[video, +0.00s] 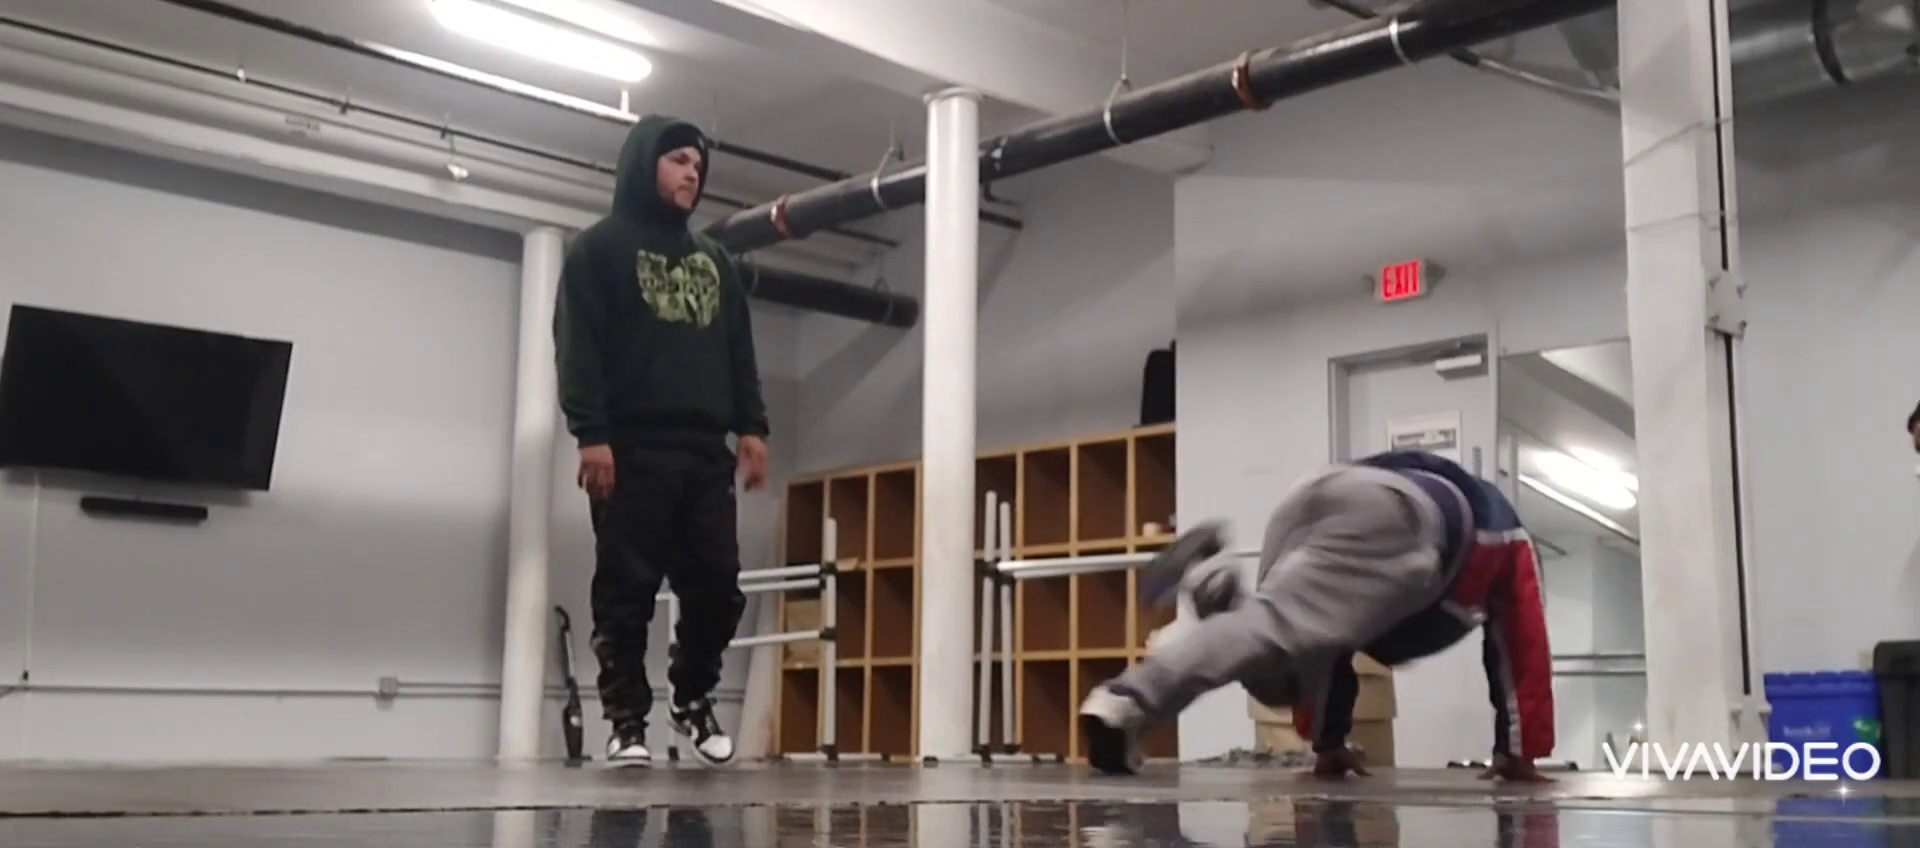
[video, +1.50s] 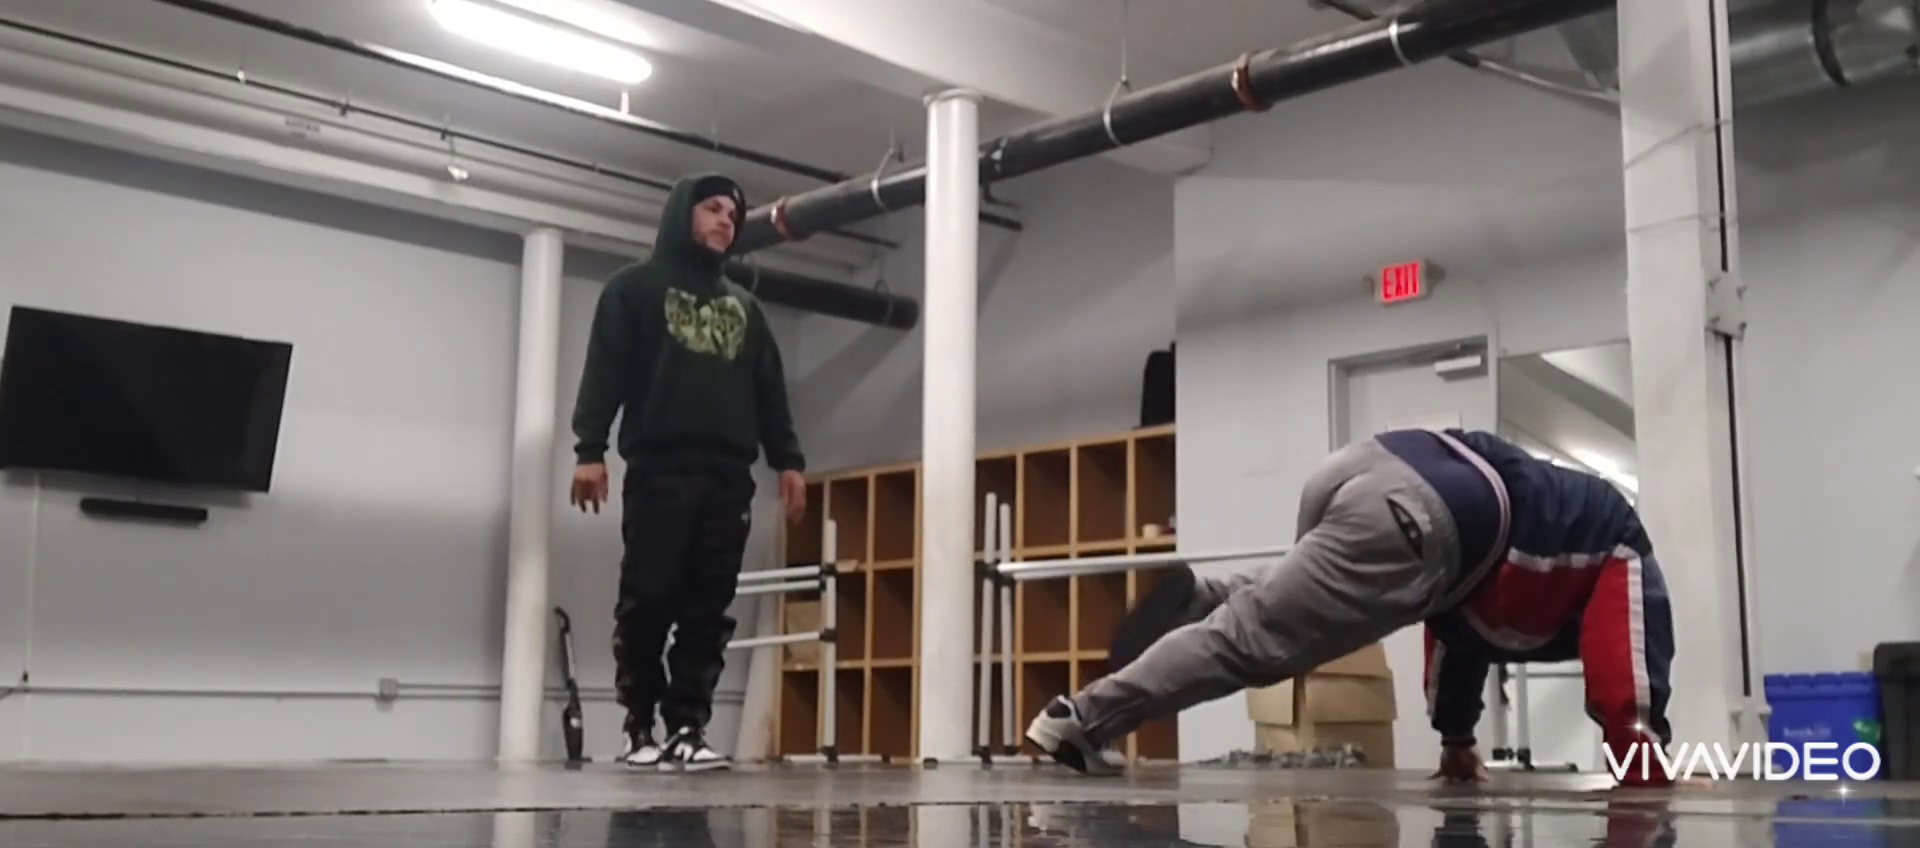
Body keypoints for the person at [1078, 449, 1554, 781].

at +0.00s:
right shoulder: (1506, 539)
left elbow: (1334, 639)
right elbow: (1518, 650)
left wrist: (1331, 747)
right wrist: (1518, 755)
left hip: (1320, 492)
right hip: (1398, 508)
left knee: (1289, 684)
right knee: (1278, 627)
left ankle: (1209, 588)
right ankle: (1125, 701)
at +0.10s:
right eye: (1542, 582)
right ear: (1531, 551)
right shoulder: (1519, 547)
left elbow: (1336, 634)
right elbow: (1528, 655)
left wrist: (1331, 747)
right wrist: (1521, 755)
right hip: (1364, 519)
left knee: (1325, 693)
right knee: (1244, 619)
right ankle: (1103, 700)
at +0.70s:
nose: (1477, 662)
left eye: (1483, 661)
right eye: (1490, 660)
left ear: (1470, 623)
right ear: (1498, 639)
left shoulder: (1403, 601)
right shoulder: (1497, 539)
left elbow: (1344, 650)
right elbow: (1521, 649)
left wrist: (1347, 741)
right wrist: (1552, 750)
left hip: (1304, 549)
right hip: (1299, 479)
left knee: (1255, 663)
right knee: (1208, 597)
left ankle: (1106, 653)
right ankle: (1070, 701)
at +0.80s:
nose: (1470, 655)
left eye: (1468, 649)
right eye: (1482, 647)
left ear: (1457, 620)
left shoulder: (1383, 591)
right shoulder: (1503, 539)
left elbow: (1348, 657)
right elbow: (1525, 641)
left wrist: (1348, 744)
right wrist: (1568, 754)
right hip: (1316, 472)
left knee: (1227, 622)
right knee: (1214, 606)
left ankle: (1098, 643)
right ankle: (1071, 704)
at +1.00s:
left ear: (1493, 604)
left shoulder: (1420, 582)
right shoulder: (1533, 530)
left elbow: (1380, 642)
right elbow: (1539, 652)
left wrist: (1413, 731)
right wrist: (1569, 756)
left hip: (1280, 434)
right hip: (1348, 460)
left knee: (1240, 586)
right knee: (1224, 606)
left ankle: (1122, 563)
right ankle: (1073, 715)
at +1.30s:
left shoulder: (1485, 586)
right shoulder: (1604, 557)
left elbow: (1426, 645)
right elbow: (1601, 689)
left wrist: (1436, 748)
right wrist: (1648, 773)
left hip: (1366, 442)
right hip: (1421, 507)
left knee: (1273, 552)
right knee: (1239, 630)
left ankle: (1178, 536)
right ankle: (1078, 717)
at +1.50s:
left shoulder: (1506, 575)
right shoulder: (1624, 547)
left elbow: (1454, 645)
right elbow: (1618, 680)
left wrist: (1457, 751)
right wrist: (1645, 764)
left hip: (1351, 463)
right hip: (1419, 516)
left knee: (1323, 591)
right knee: (1244, 640)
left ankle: (1211, 597)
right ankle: (1077, 720)